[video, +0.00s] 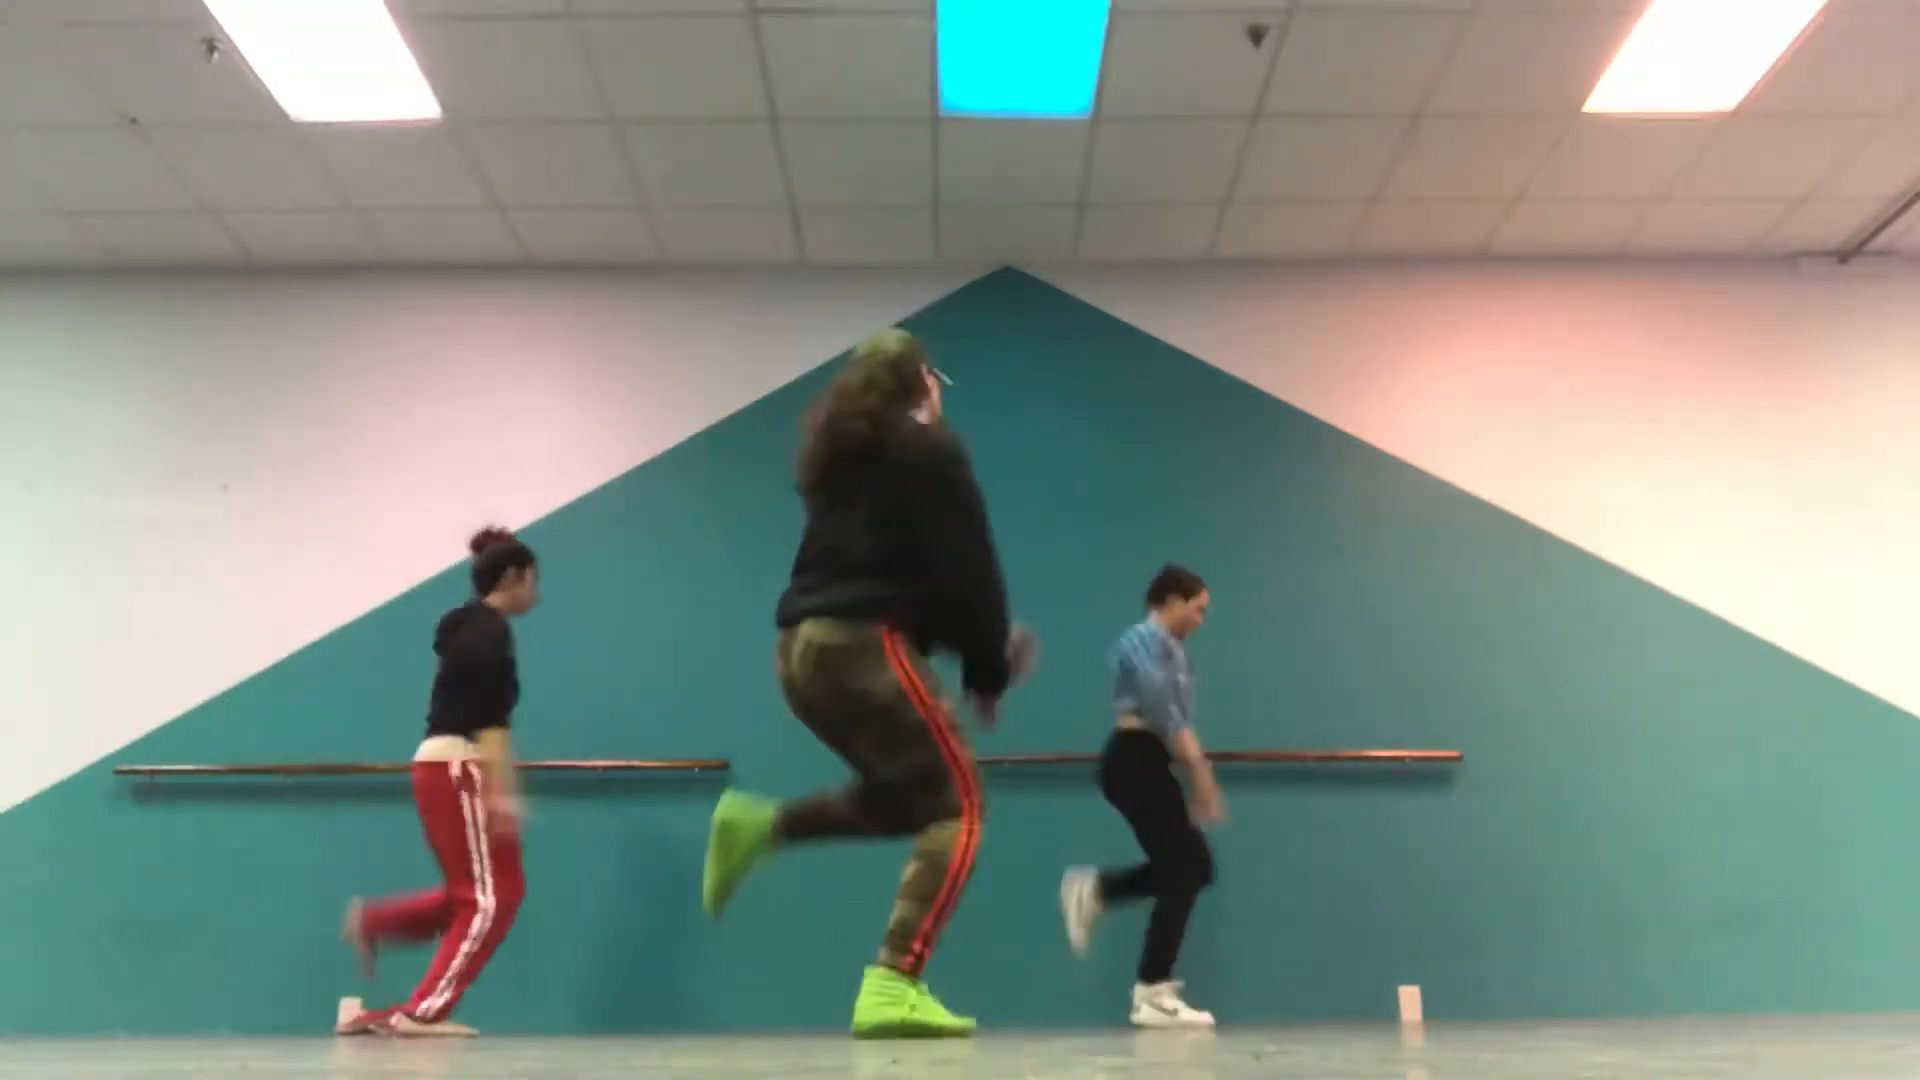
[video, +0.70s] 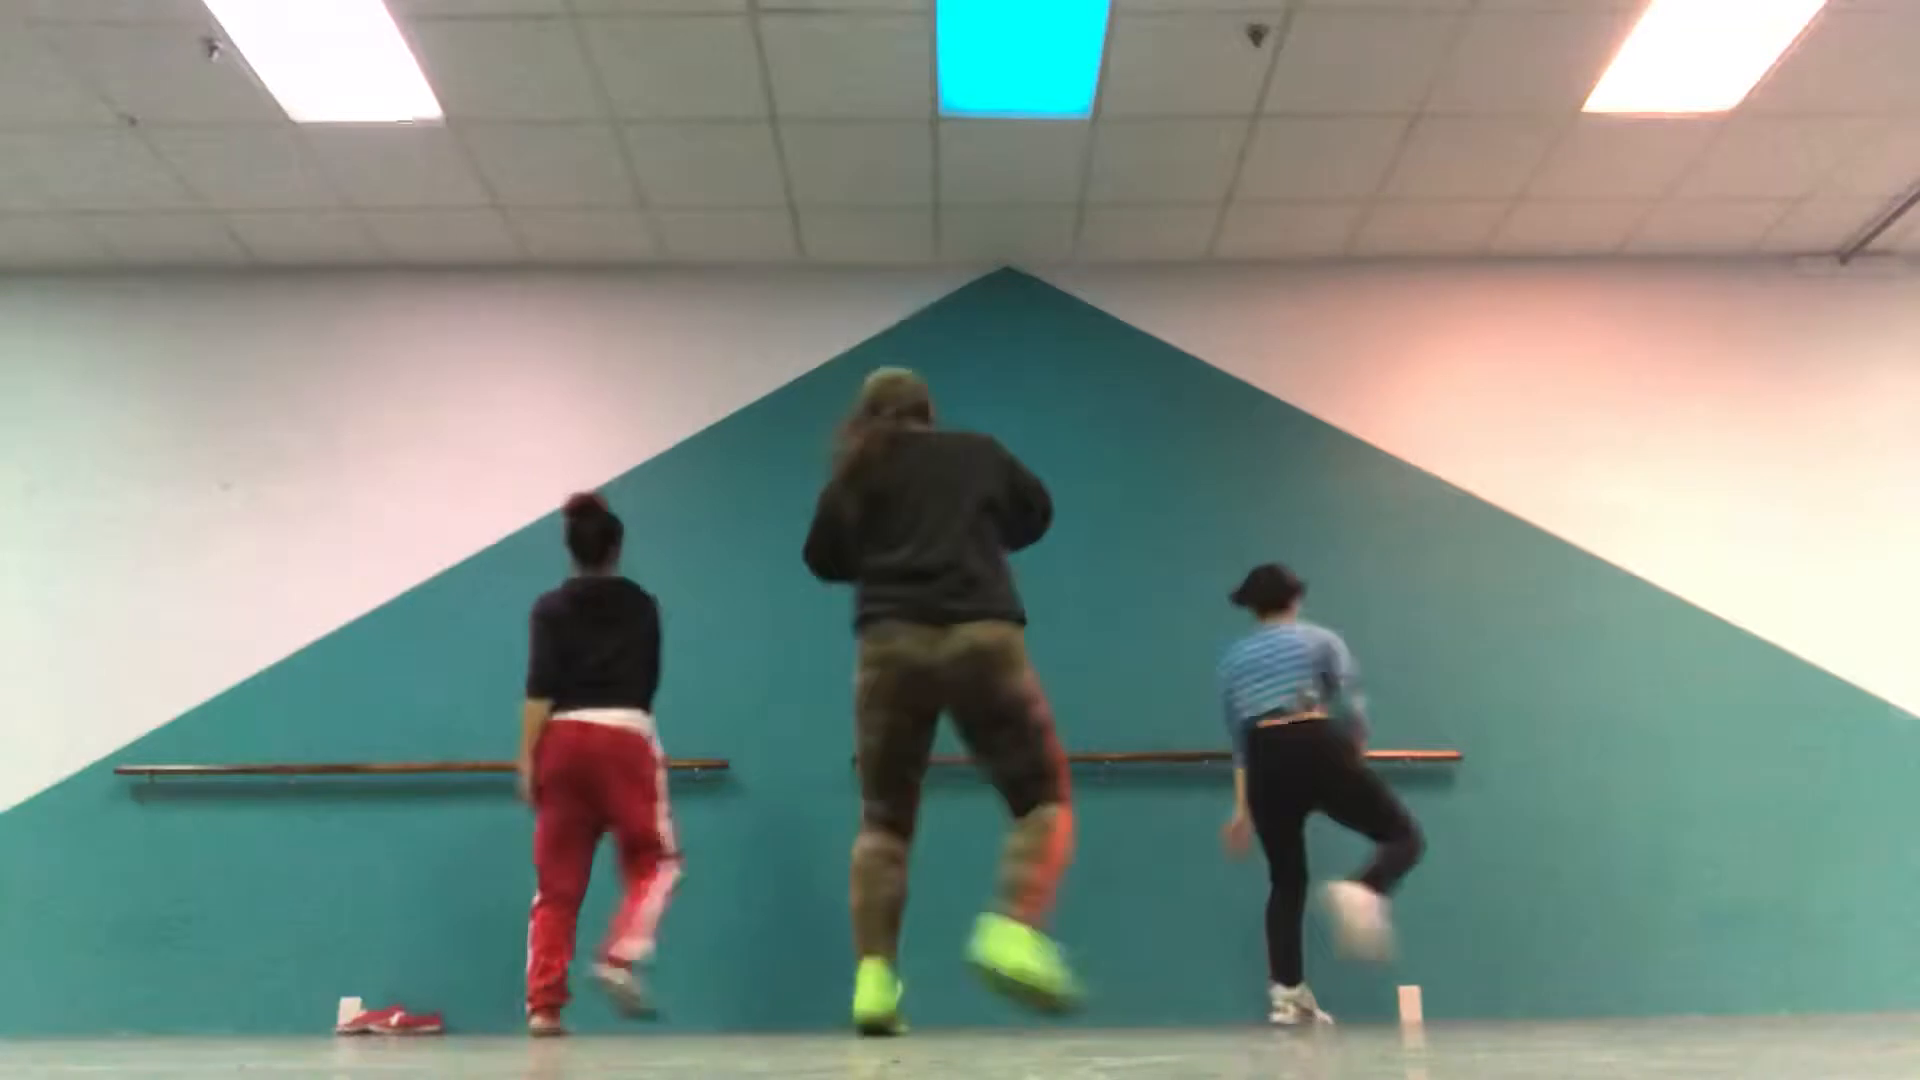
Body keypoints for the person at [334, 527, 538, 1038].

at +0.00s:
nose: (535, 592)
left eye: (534, 581)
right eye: (532, 581)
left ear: (494, 579)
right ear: (514, 579)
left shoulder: (467, 624)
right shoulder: (488, 629)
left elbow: (478, 719)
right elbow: (490, 723)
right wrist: (499, 793)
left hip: (438, 765)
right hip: (458, 767)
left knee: (472, 895)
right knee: (494, 895)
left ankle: (373, 920)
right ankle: (424, 1012)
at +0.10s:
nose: (544, 568)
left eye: (543, 557)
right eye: (541, 557)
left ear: (497, 557)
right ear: (525, 557)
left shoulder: (466, 604)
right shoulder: (528, 611)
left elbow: (421, 692)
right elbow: (548, 698)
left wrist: (400, 767)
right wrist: (571, 762)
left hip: (443, 749)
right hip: (481, 752)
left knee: (532, 856)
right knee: (484, 890)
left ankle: (416, 853)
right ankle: (422, 1010)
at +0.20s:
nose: (551, 539)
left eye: (548, 531)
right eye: (551, 531)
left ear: (504, 533)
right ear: (545, 533)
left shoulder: (472, 581)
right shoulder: (556, 587)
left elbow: (417, 651)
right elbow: (575, 665)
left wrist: (379, 722)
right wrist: (588, 728)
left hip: (453, 719)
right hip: (504, 719)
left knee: (547, 822)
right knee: (494, 851)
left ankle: (453, 884)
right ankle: (436, 981)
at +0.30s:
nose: (559, 539)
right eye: (562, 532)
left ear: (512, 532)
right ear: (559, 532)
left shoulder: (487, 578)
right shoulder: (574, 587)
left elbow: (421, 635)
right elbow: (589, 661)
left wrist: (372, 698)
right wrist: (589, 718)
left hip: (463, 715)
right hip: (520, 718)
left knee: (525, 837)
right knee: (503, 846)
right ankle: (448, 972)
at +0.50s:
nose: (572, 555)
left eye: (557, 547)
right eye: (578, 547)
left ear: (534, 549)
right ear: (582, 549)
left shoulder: (509, 601)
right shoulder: (602, 609)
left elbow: (459, 669)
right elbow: (578, 674)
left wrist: (415, 729)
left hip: (506, 738)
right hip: (568, 739)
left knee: (550, 864)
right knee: (526, 867)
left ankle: (558, 995)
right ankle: (456, 993)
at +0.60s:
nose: (576, 553)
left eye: (559, 544)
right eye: (587, 544)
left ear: (549, 549)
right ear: (598, 548)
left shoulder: (532, 609)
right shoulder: (623, 608)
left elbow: (517, 693)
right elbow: (613, 685)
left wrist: (496, 760)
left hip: (538, 737)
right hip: (601, 742)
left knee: (545, 871)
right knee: (608, 867)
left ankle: (546, 1004)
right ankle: (541, 954)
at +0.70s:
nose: (606, 551)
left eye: (589, 543)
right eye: (612, 543)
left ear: (570, 548)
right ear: (618, 547)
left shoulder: (550, 606)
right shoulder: (642, 604)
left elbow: (538, 695)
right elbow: (644, 686)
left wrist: (527, 763)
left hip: (563, 737)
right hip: (625, 739)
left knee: (557, 883)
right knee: (654, 858)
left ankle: (544, 1005)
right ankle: (622, 956)